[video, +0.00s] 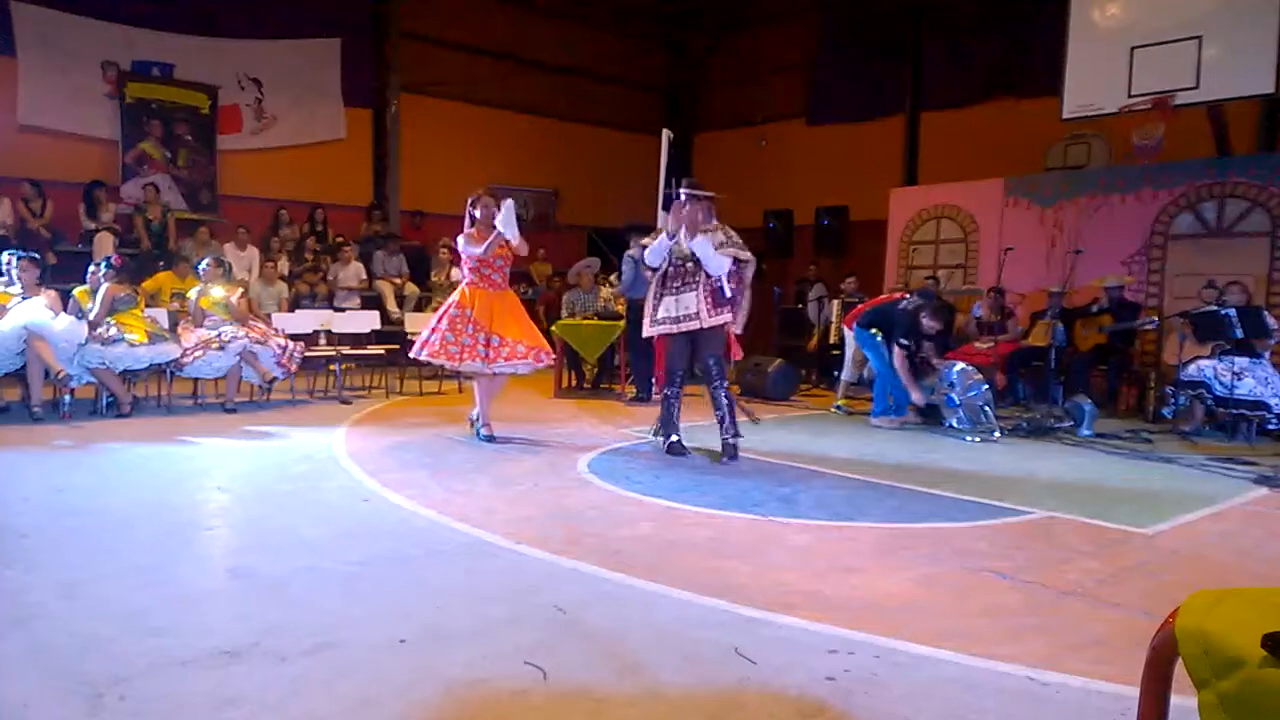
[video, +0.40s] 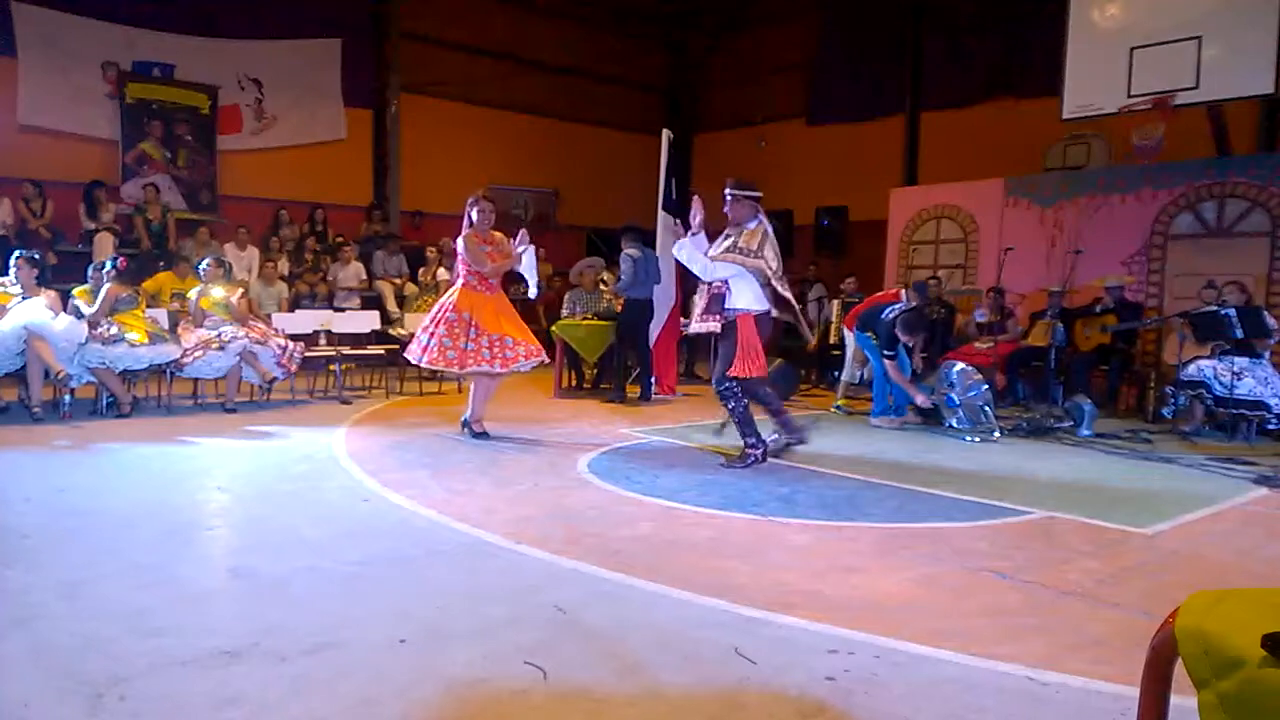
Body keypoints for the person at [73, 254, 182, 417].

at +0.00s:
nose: (102, 275)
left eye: (104, 271)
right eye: (102, 271)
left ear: (112, 272)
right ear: (123, 272)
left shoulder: (109, 288)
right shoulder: (135, 289)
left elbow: (97, 319)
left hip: (126, 336)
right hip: (141, 334)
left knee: (89, 354)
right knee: (89, 352)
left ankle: (124, 397)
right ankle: (124, 396)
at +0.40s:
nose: (105, 274)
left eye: (107, 270)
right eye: (105, 270)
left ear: (113, 272)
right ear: (130, 272)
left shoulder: (112, 288)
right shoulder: (137, 290)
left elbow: (97, 316)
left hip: (126, 337)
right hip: (142, 335)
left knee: (89, 354)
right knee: (90, 351)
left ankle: (124, 398)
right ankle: (125, 396)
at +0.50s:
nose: (105, 273)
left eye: (107, 269)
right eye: (106, 269)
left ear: (112, 272)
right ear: (130, 272)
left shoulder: (112, 288)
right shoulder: (136, 289)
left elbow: (87, 311)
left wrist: (80, 295)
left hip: (126, 337)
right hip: (141, 335)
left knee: (90, 353)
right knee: (90, 350)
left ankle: (124, 397)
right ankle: (124, 395)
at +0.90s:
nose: (109, 272)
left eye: (111, 269)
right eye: (110, 268)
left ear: (117, 271)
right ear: (133, 270)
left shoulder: (117, 288)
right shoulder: (139, 288)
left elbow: (93, 311)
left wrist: (98, 288)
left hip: (128, 336)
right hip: (143, 333)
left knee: (90, 352)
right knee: (90, 348)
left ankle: (124, 398)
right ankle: (125, 395)